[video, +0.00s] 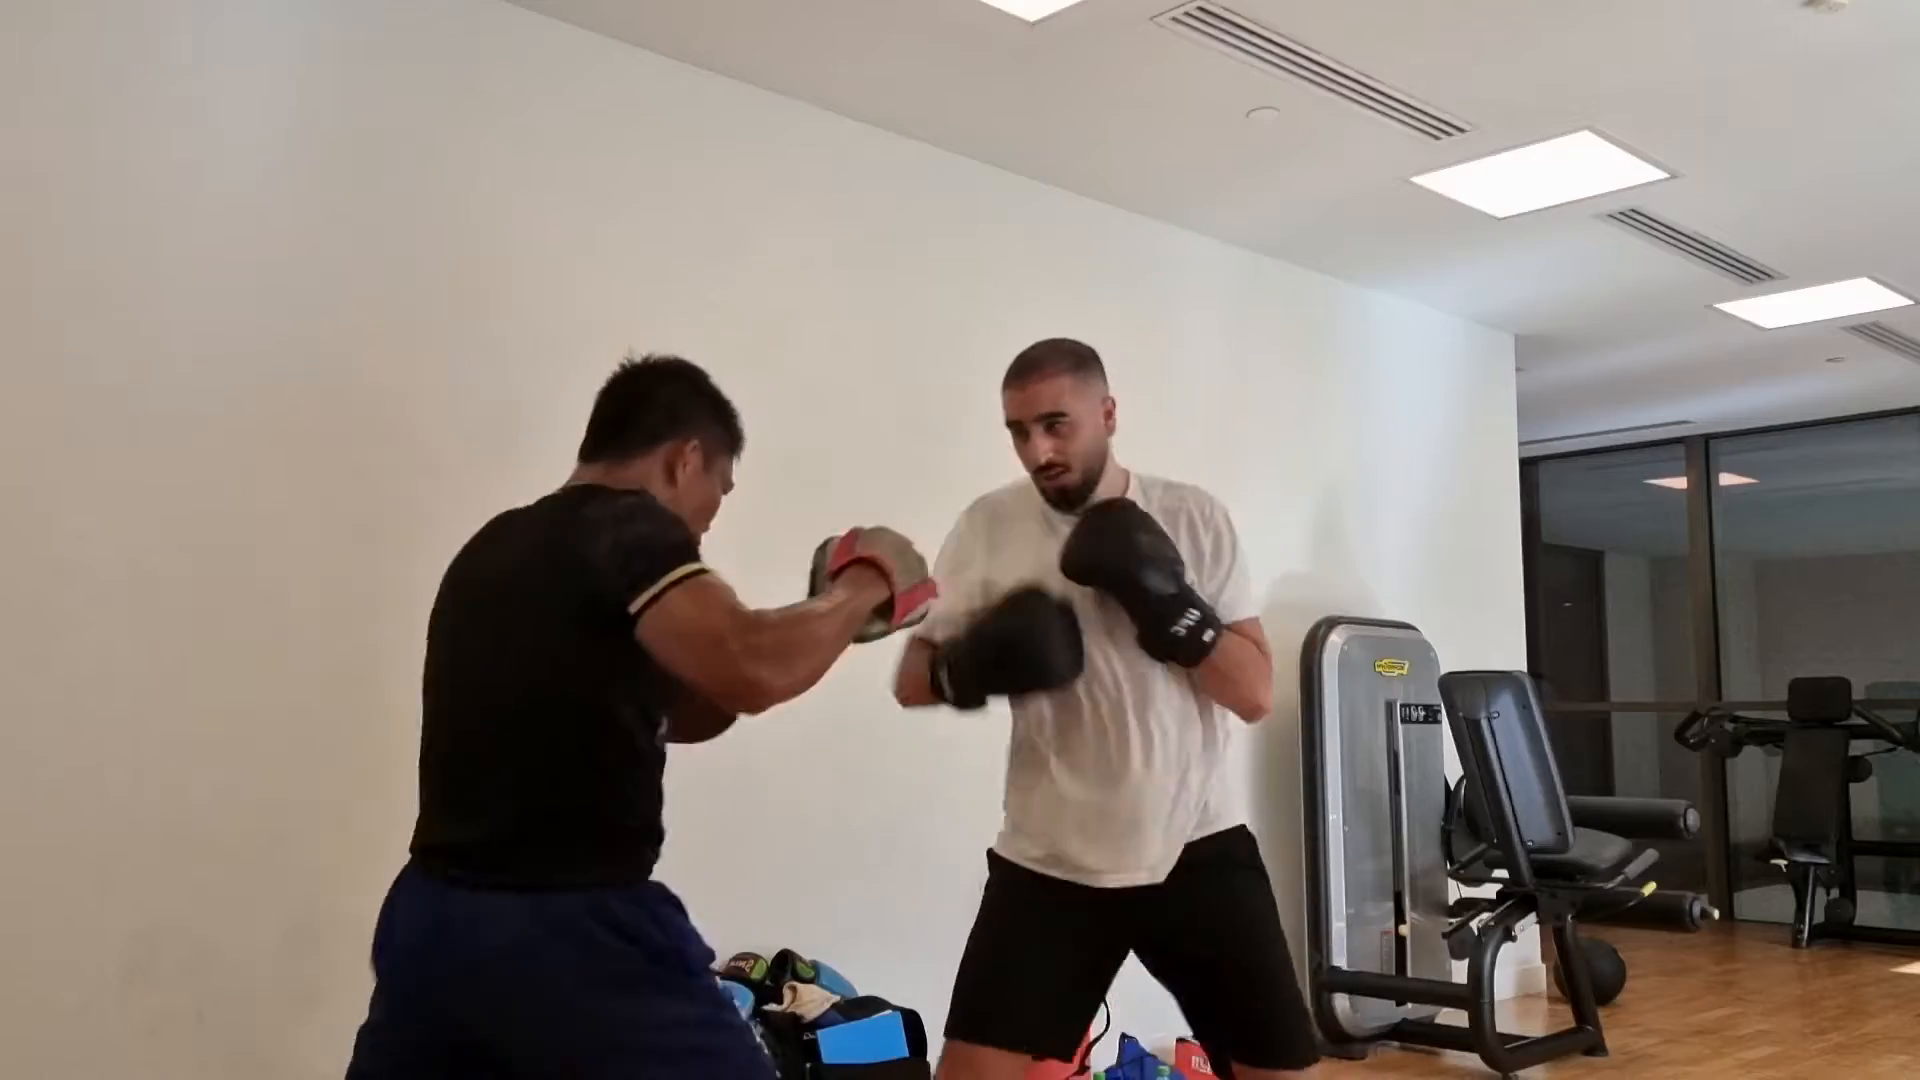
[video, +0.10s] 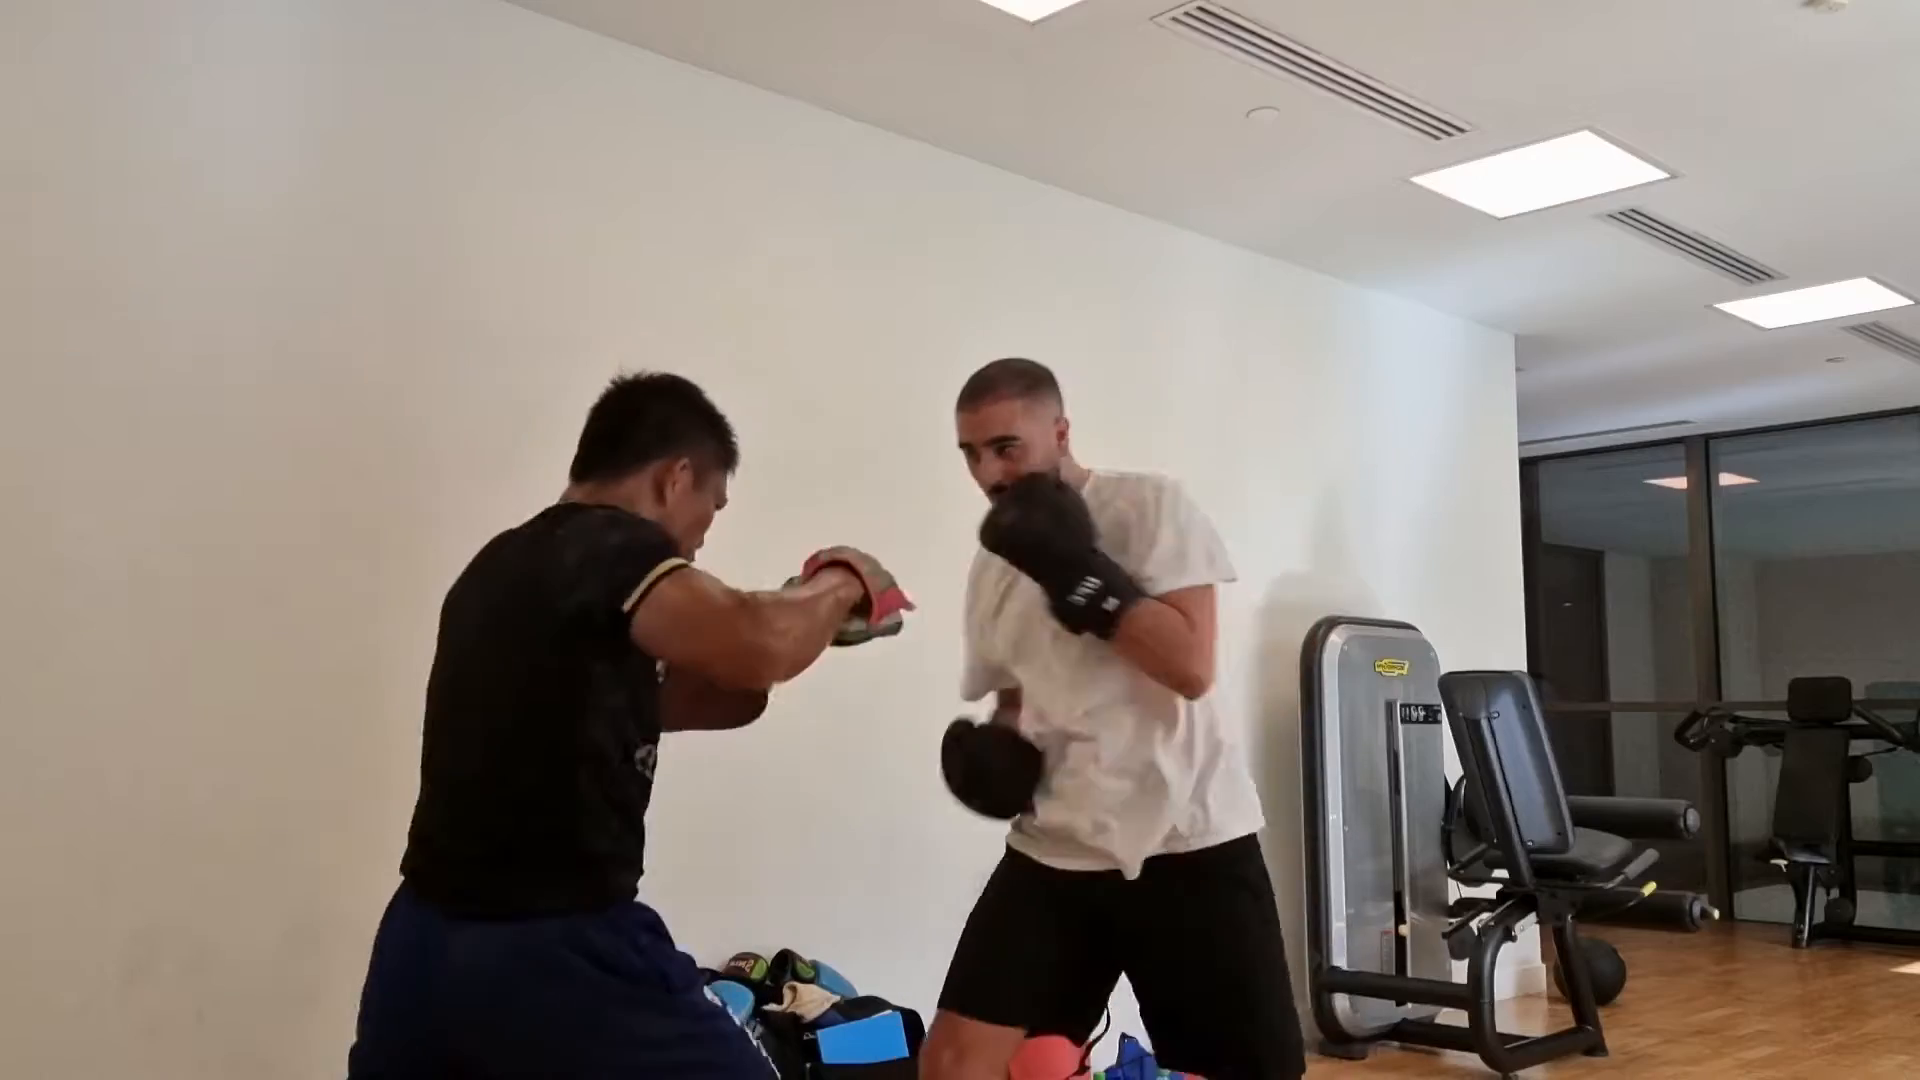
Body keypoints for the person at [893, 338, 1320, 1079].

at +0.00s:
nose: (1038, 451)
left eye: (1057, 425)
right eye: (1020, 431)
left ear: (1108, 414)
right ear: (1007, 432)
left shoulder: (1195, 518)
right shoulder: (989, 527)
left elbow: (1255, 693)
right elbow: (911, 680)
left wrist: (1168, 602)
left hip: (1198, 857)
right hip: (1048, 866)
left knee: (1282, 1067)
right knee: (974, 1068)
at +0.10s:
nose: (988, 473)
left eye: (1006, 447)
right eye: (971, 454)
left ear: (1060, 431)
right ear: (961, 455)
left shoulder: (1156, 509)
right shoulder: (995, 564)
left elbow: (1193, 668)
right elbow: (1012, 702)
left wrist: (1074, 567)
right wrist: (993, 760)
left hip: (1194, 857)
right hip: (1053, 860)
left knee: (1259, 1069)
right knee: (956, 1062)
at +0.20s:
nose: (963, 491)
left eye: (978, 466)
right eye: (951, 476)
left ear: (1038, 449)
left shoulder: (1133, 514)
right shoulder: (1016, 568)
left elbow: (1127, 657)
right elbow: (1079, 728)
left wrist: (1024, 562)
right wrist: (1021, 812)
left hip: (1196, 864)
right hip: (1063, 863)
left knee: (1248, 1069)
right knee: (952, 1060)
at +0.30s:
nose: (988, 462)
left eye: (1001, 436)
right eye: (972, 447)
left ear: (1057, 419)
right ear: (965, 454)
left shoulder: (1168, 500)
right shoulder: (981, 559)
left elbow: (1198, 645)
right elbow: (1010, 694)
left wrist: (1090, 540)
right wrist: (968, 778)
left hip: (1195, 851)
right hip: (1044, 865)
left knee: (1284, 1067)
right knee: (964, 1066)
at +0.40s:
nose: (1003, 448)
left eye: (1017, 422)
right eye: (983, 433)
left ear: (1067, 415)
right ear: (972, 444)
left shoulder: (1155, 508)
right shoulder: (956, 540)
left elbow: (1261, 659)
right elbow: (895, 698)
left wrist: (1184, 589)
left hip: (1180, 833)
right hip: (1036, 847)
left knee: (1266, 1064)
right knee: (972, 1066)